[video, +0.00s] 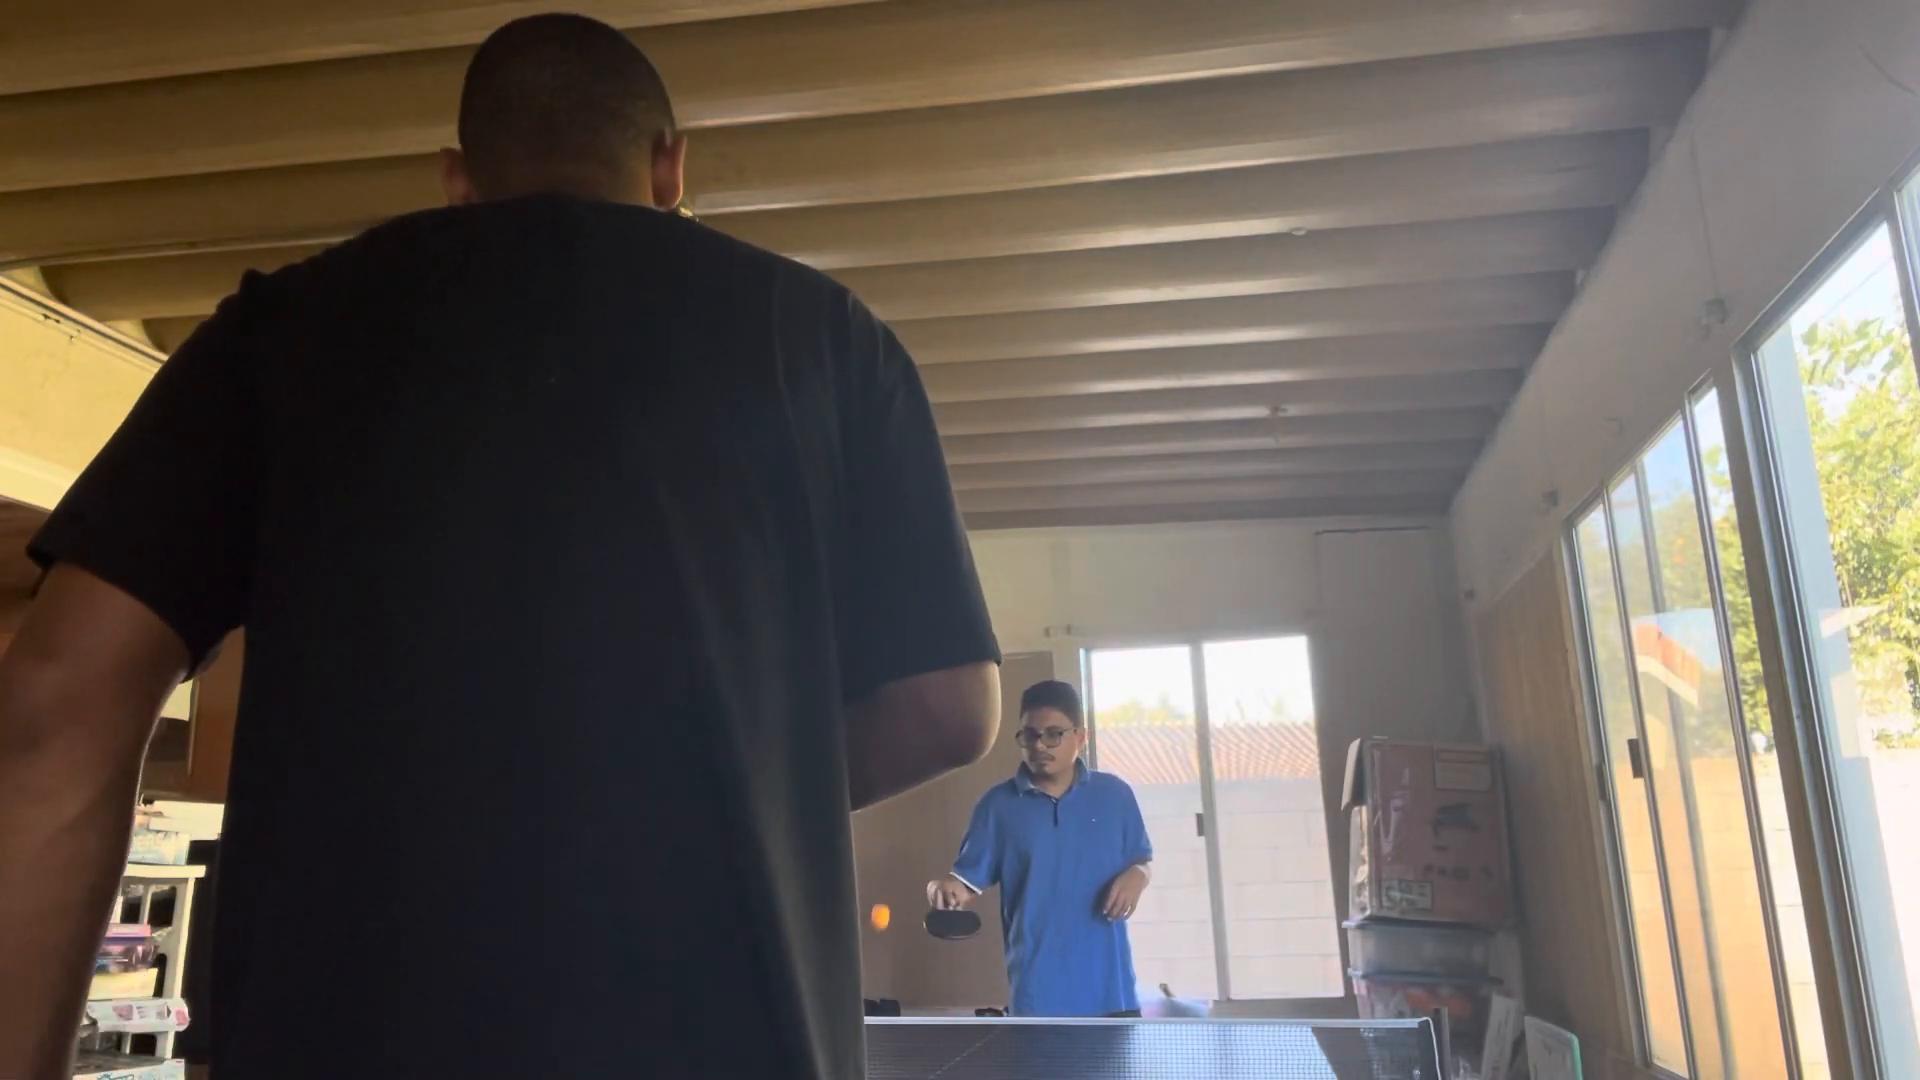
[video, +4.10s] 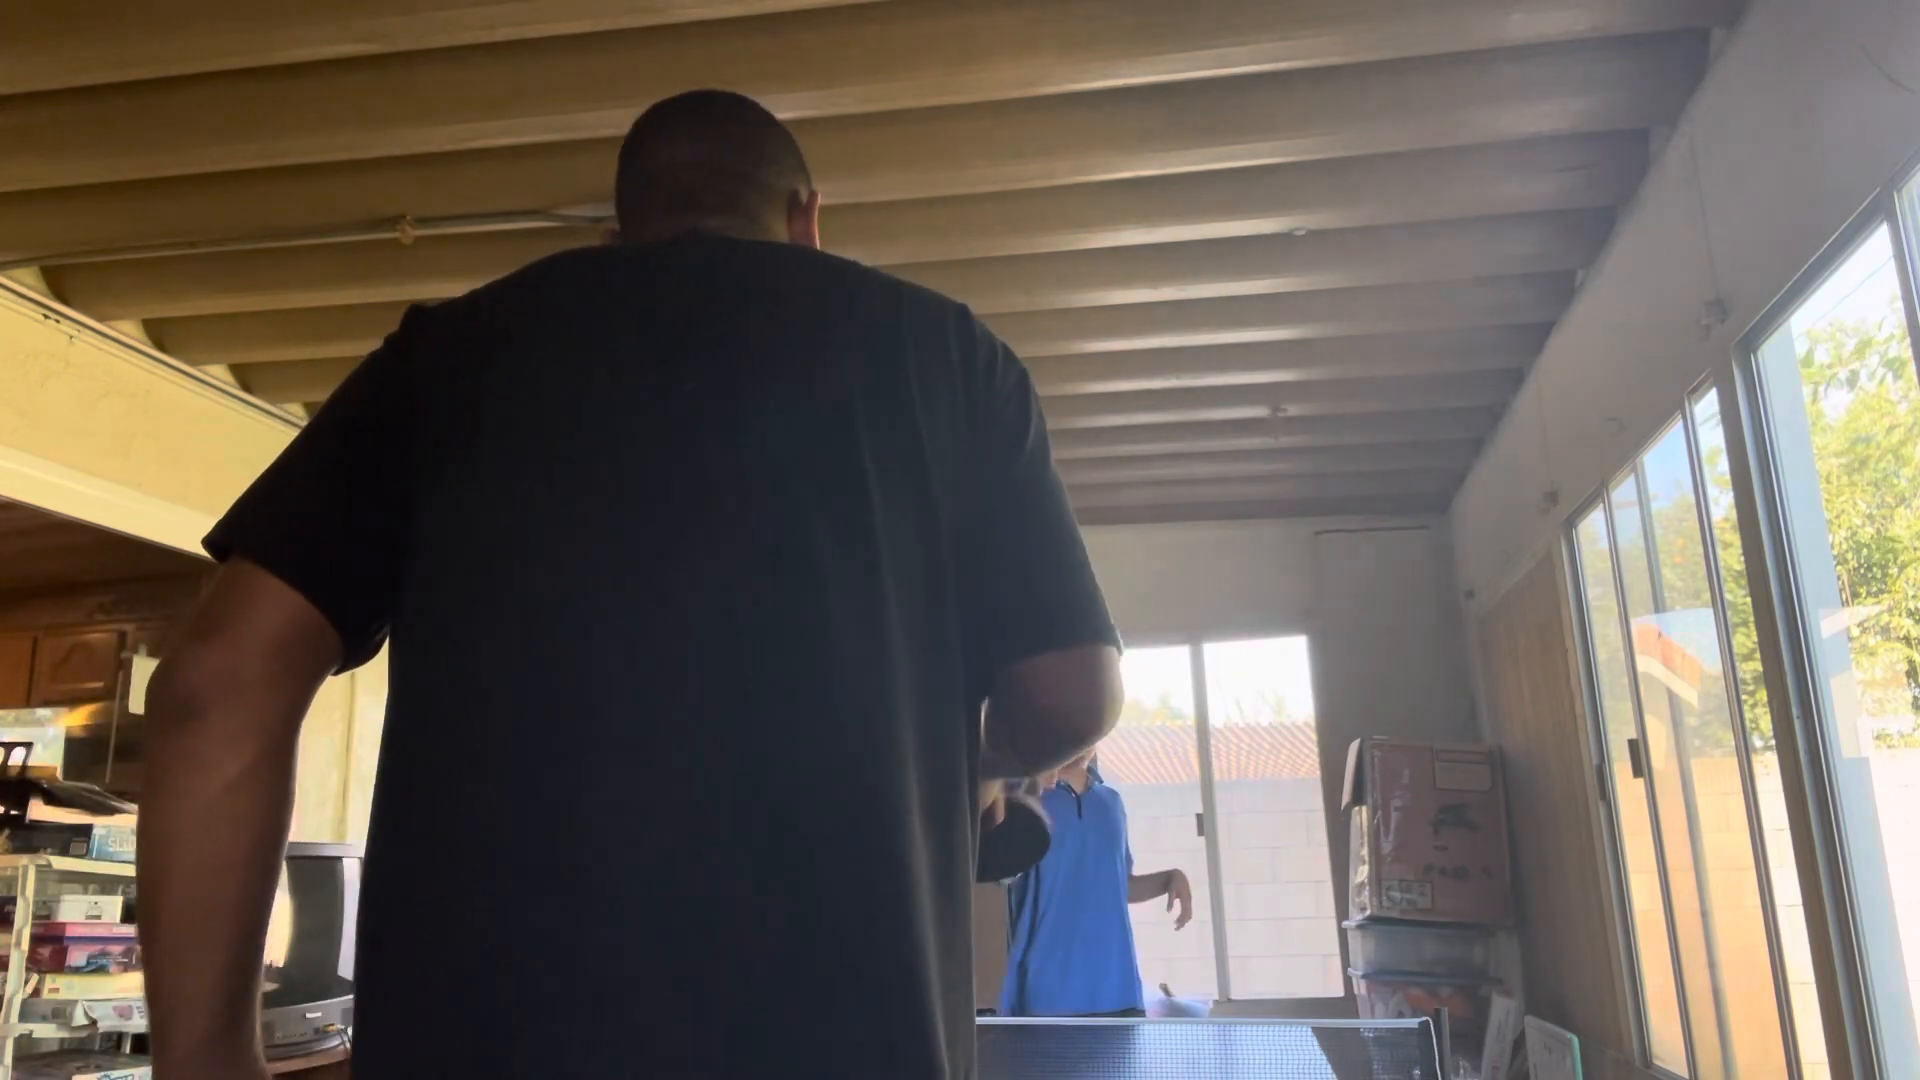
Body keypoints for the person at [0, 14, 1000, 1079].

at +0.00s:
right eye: (682, 174)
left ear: (456, 176)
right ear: (671, 171)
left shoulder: (290, 322)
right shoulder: (818, 326)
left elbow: (66, 687)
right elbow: (942, 711)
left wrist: (31, 1047)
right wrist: (723, 783)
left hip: (340, 1028)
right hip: (721, 1032)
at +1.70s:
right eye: (710, 179)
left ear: (486, 176)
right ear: (697, 174)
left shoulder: (314, 321)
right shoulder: (851, 341)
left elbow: (70, 708)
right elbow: (940, 746)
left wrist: (34, 1055)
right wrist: (765, 902)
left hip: (360, 1032)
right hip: (746, 1039)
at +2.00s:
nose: (764, 257)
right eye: (766, 237)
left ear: (563, 217)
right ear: (751, 231)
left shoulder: (382, 310)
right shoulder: (893, 379)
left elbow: (107, 635)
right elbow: (949, 797)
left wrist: (38, 1043)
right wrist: (858, 968)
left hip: (388, 1034)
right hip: (785, 1043)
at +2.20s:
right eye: (785, 253)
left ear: (586, 231)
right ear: (771, 245)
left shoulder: (404, 324)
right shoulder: (899, 353)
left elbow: (142, 620)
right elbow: (1031, 681)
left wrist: (72, 1040)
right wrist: (870, 859)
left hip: (412, 1028)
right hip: (798, 1041)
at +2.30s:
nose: (786, 260)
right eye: (791, 246)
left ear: (592, 225)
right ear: (782, 246)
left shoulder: (409, 328)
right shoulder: (894, 333)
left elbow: (149, 642)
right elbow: (1072, 582)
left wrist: (104, 1048)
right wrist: (911, 789)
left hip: (429, 1025)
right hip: (824, 1030)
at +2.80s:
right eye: (818, 233)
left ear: (626, 224)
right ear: (815, 234)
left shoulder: (447, 333)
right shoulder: (934, 333)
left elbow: (182, 678)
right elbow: (1120, 655)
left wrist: (222, 1056)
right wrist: (984, 650)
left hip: (483, 1039)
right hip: (872, 1041)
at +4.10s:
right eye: (815, 219)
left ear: (613, 220)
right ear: (807, 217)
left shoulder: (453, 348)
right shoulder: (938, 347)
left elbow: (218, 684)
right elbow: (1072, 695)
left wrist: (207, 1057)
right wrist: (972, 760)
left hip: (485, 1035)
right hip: (842, 1040)